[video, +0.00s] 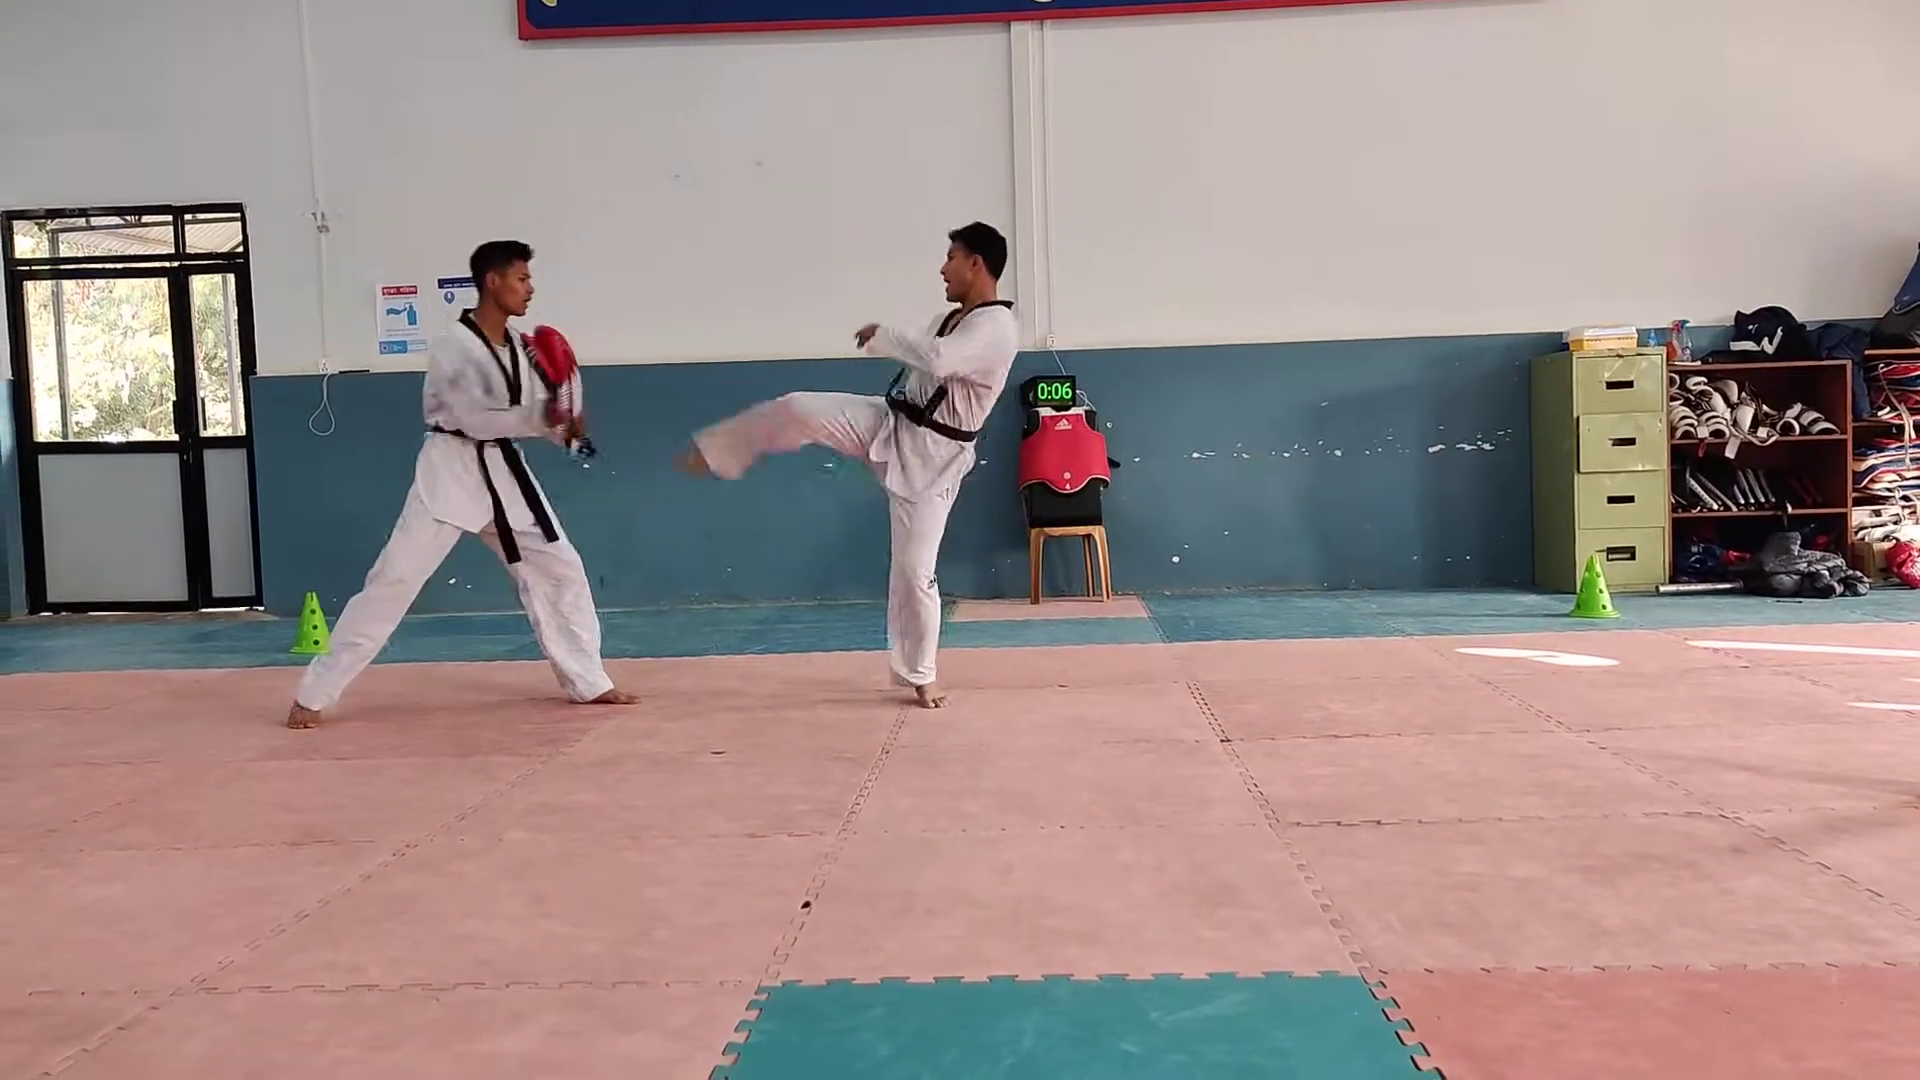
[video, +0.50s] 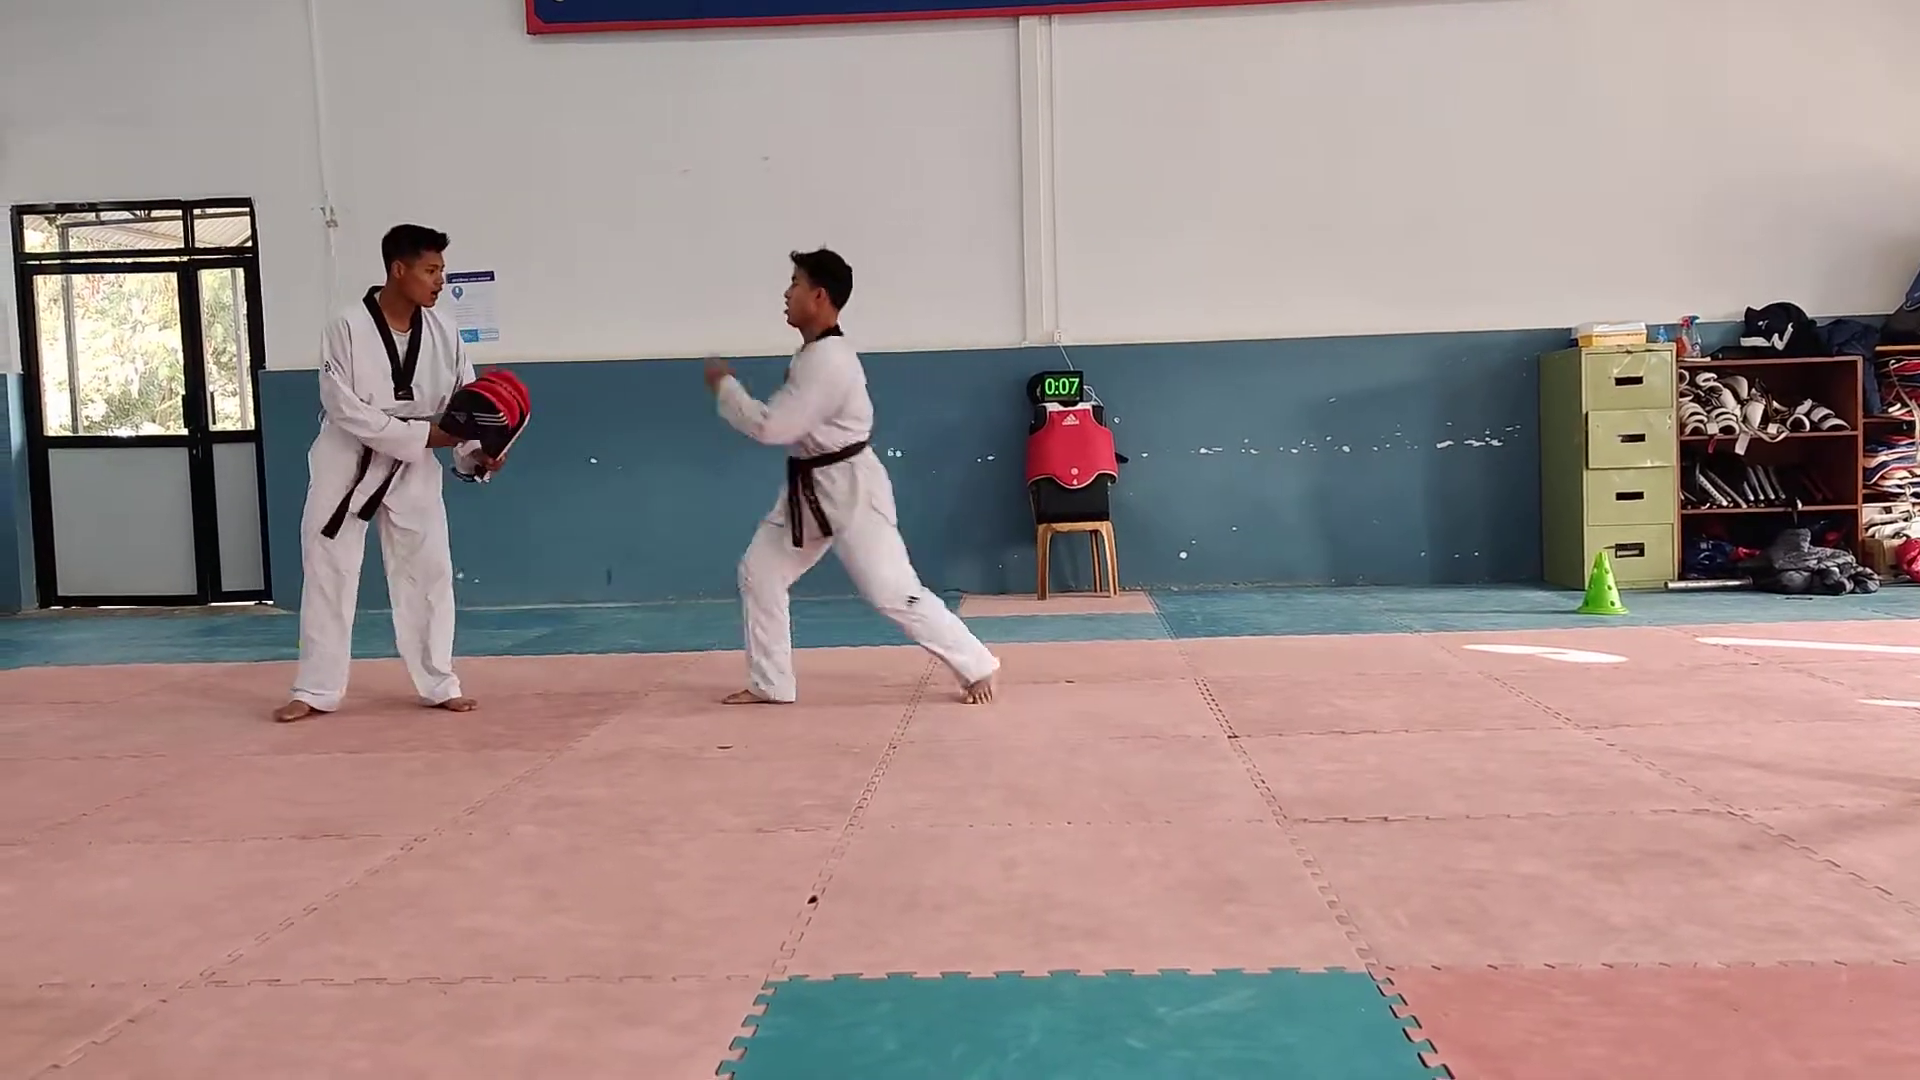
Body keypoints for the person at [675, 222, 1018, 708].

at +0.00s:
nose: (943, 267)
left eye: (952, 258)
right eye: (947, 258)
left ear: (978, 265)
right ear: (976, 266)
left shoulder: (995, 326)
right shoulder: (950, 319)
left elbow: (941, 360)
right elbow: (931, 383)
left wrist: (885, 337)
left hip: (933, 457)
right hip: (892, 422)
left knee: (914, 572)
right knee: (798, 408)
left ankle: (919, 676)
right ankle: (716, 452)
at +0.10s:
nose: (921, 259)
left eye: (929, 249)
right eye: (923, 249)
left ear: (956, 257)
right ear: (952, 257)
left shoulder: (984, 320)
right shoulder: (919, 310)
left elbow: (970, 397)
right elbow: (904, 373)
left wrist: (895, 396)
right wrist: (891, 385)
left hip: (932, 450)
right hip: (882, 431)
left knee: (925, 567)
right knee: (787, 468)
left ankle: (951, 668)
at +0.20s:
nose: (892, 275)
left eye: (901, 266)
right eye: (895, 265)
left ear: (929, 276)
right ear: (921, 275)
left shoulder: (962, 349)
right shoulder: (890, 332)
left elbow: (960, 431)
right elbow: (875, 408)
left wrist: (892, 460)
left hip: (929, 471)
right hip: (873, 462)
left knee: (941, 584)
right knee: (804, 530)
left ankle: (984, 678)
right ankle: (765, 638)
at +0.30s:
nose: (854, 296)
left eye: (863, 288)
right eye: (857, 287)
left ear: (891, 298)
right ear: (885, 297)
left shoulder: (920, 369)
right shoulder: (861, 353)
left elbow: (910, 456)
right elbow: (855, 432)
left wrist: (841, 488)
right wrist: (832, 482)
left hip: (913, 483)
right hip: (858, 479)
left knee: (926, 594)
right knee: (803, 568)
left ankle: (980, 680)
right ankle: (772, 684)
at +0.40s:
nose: (813, 306)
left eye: (821, 297)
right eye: (816, 296)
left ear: (848, 309)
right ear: (844, 309)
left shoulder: (880, 375)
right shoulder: (827, 365)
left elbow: (853, 457)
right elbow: (833, 443)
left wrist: (778, 477)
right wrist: (818, 489)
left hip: (891, 491)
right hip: (837, 489)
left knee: (913, 600)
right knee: (779, 566)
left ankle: (981, 677)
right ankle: (775, 685)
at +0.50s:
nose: (786, 294)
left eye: (795, 285)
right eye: (790, 284)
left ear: (820, 297)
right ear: (821, 298)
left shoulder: (828, 359)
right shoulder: (813, 355)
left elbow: (772, 428)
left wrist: (724, 386)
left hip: (851, 480)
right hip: (811, 484)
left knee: (890, 591)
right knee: (760, 571)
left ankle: (978, 665)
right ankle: (772, 685)